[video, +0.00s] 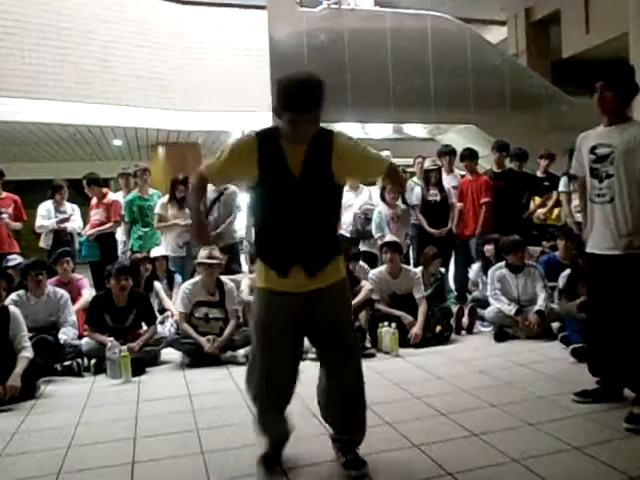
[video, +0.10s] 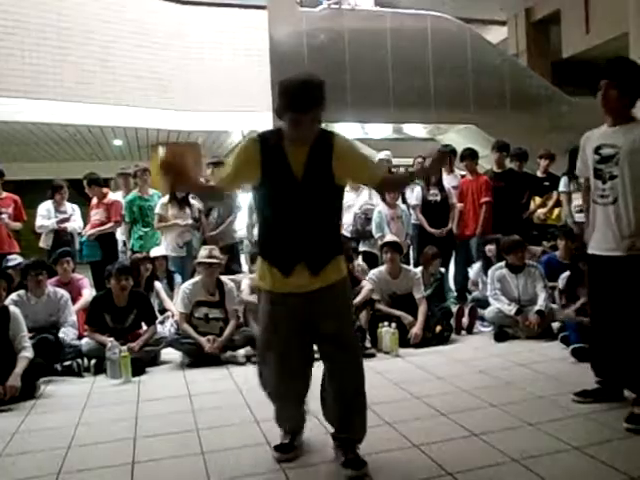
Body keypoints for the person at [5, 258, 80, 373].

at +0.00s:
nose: (39, 278)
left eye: (42, 274)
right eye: (34, 275)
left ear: (47, 277)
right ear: (26, 280)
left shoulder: (60, 296)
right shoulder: (15, 300)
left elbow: (70, 325)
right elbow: (9, 327)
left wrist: (61, 340)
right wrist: (21, 336)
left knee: (74, 349)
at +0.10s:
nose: (39, 278)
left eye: (41, 274)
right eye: (34, 275)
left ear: (47, 277)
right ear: (26, 280)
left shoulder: (61, 296)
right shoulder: (15, 300)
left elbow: (71, 326)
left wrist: (59, 340)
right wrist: (21, 337)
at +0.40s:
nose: (41, 280)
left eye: (44, 275)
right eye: (36, 277)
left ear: (50, 277)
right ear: (29, 282)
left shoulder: (65, 297)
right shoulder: (18, 302)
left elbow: (75, 330)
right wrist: (29, 338)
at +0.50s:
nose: (49, 279)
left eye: (51, 275)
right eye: (44, 276)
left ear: (57, 277)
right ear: (36, 281)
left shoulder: (71, 297)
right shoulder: (26, 301)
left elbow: (82, 331)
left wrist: (52, 338)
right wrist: (35, 338)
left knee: (70, 339)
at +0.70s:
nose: (51, 270)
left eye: (54, 266)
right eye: (46, 267)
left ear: (60, 269)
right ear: (40, 272)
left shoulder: (74, 289)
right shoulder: (29, 292)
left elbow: (83, 321)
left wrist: (56, 329)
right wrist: (39, 329)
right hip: (39, 336)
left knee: (71, 332)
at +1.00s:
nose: (39, 267)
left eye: (42, 263)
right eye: (34, 264)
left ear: (49, 266)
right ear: (28, 269)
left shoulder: (62, 286)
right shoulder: (17, 288)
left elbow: (73, 319)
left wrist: (46, 327)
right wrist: (26, 326)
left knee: (60, 331)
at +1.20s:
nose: (31, 270)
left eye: (35, 265)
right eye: (27, 266)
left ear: (40, 267)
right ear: (19, 269)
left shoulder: (53, 287)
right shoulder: (8, 290)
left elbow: (63, 316)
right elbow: (7, 320)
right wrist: (20, 329)